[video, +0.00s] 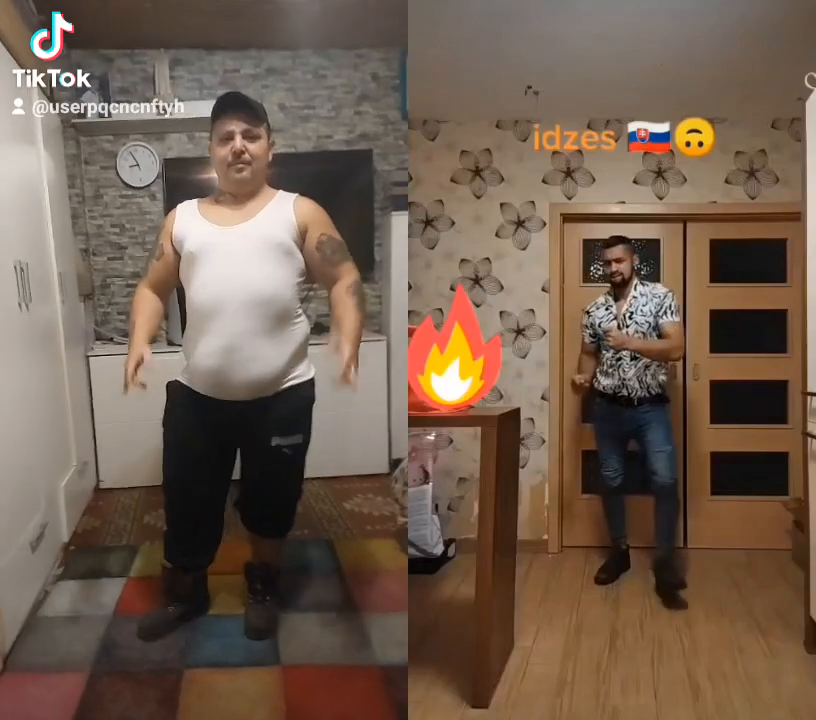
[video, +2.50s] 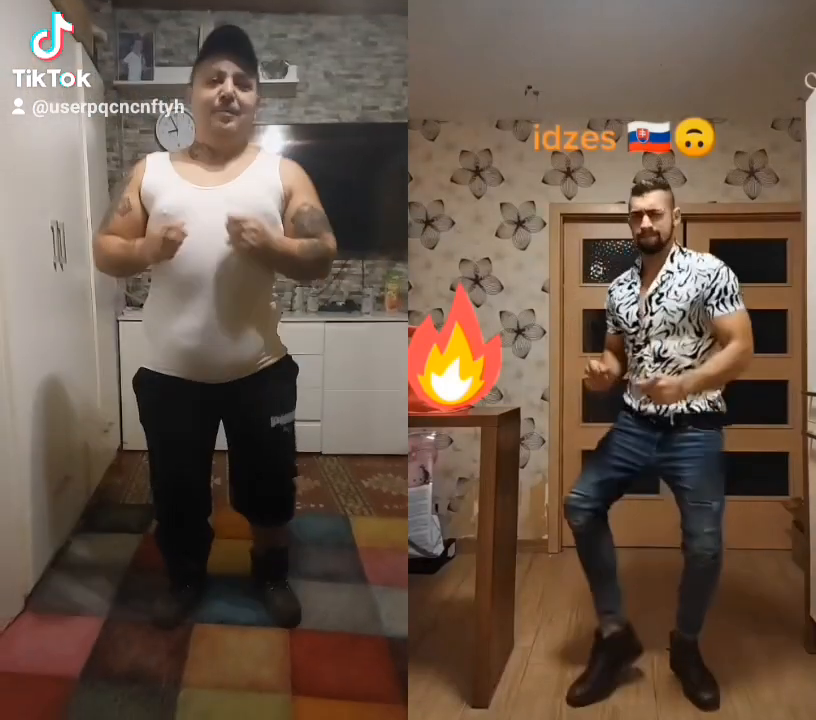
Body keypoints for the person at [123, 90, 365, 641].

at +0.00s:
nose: (239, 148)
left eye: (251, 137)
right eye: (227, 139)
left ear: (270, 148)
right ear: (212, 154)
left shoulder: (301, 215)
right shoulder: (182, 222)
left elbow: (344, 279)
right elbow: (153, 287)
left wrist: (348, 342)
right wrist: (139, 340)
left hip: (280, 395)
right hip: (198, 395)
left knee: (269, 508)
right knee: (187, 504)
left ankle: (263, 588)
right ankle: (186, 593)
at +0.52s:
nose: (220, 164)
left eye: (232, 153)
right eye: (207, 155)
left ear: (249, 166)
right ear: (190, 169)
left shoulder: (281, 231)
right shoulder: (159, 239)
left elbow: (336, 298)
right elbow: (123, 295)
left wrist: (322, 278)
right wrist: (111, 307)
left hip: (278, 414)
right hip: (192, 420)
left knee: (289, 534)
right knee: (203, 538)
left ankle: (293, 621)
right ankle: (216, 627)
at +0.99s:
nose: (198, 131)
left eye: (211, 117)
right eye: (183, 120)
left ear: (231, 129)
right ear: (166, 136)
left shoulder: (270, 197)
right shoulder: (143, 215)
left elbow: (321, 276)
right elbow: (112, 297)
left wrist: (299, 243)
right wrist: (98, 276)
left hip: (259, 393)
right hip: (172, 400)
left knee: (278, 514)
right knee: (188, 518)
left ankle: (287, 601)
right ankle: (208, 602)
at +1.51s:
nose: (205, 112)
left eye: (217, 98)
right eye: (190, 102)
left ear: (239, 109)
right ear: (173, 120)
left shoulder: (284, 178)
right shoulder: (154, 204)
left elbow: (343, 245)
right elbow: (131, 299)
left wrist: (322, 258)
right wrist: (120, 287)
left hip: (270, 391)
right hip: (179, 394)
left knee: (267, 520)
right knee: (177, 518)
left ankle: (264, 599)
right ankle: (187, 604)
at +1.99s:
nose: (240, 91)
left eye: (253, 81)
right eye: (226, 78)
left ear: (267, 98)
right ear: (200, 93)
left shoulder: (290, 177)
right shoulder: (161, 170)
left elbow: (327, 251)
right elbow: (125, 256)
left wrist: (308, 249)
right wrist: (174, 306)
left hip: (277, 372)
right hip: (190, 374)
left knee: (278, 490)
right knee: (183, 494)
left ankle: (271, 578)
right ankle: (178, 592)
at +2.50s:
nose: (227, 92)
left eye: (241, 82)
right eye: (213, 80)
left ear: (258, 100)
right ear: (190, 94)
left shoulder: (284, 175)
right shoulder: (150, 173)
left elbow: (323, 254)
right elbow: (105, 250)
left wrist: (274, 246)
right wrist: (144, 250)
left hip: (257, 368)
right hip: (171, 372)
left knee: (269, 488)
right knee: (176, 493)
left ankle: (272, 577)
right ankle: (184, 583)